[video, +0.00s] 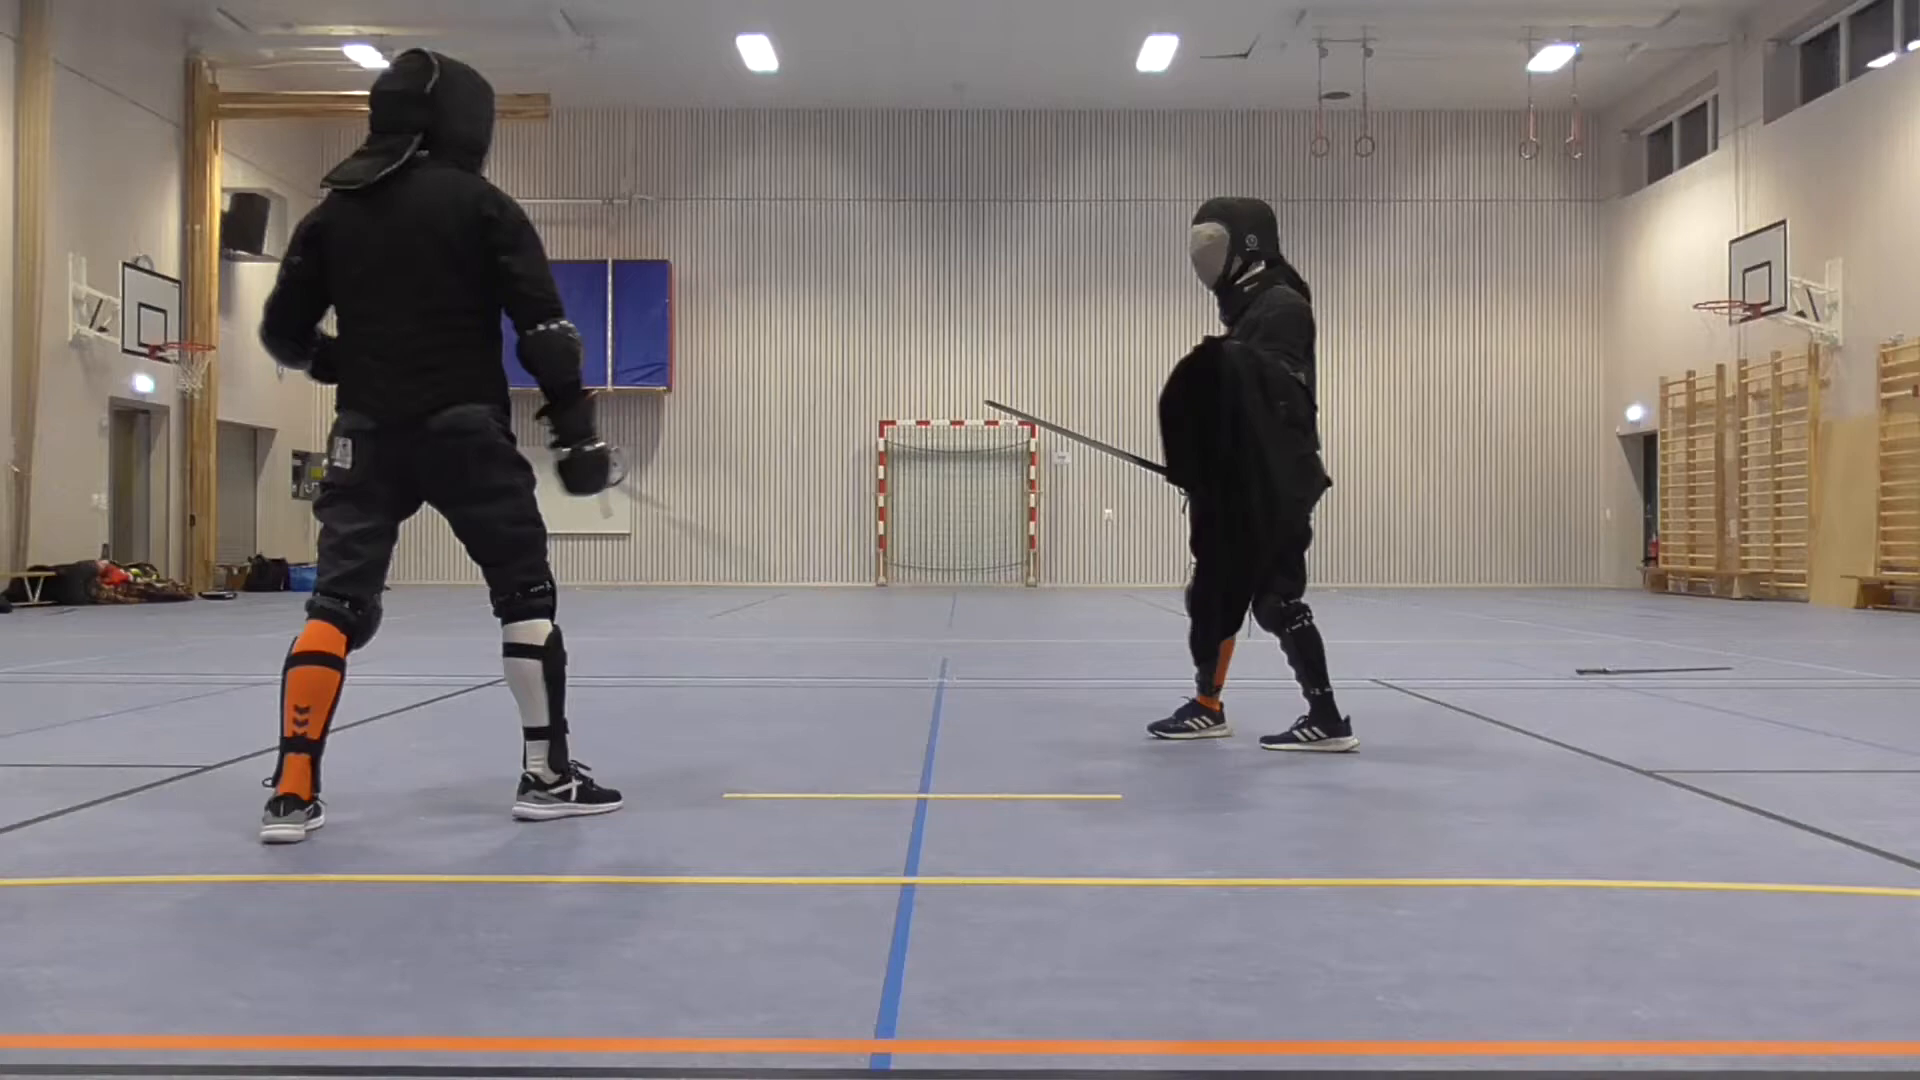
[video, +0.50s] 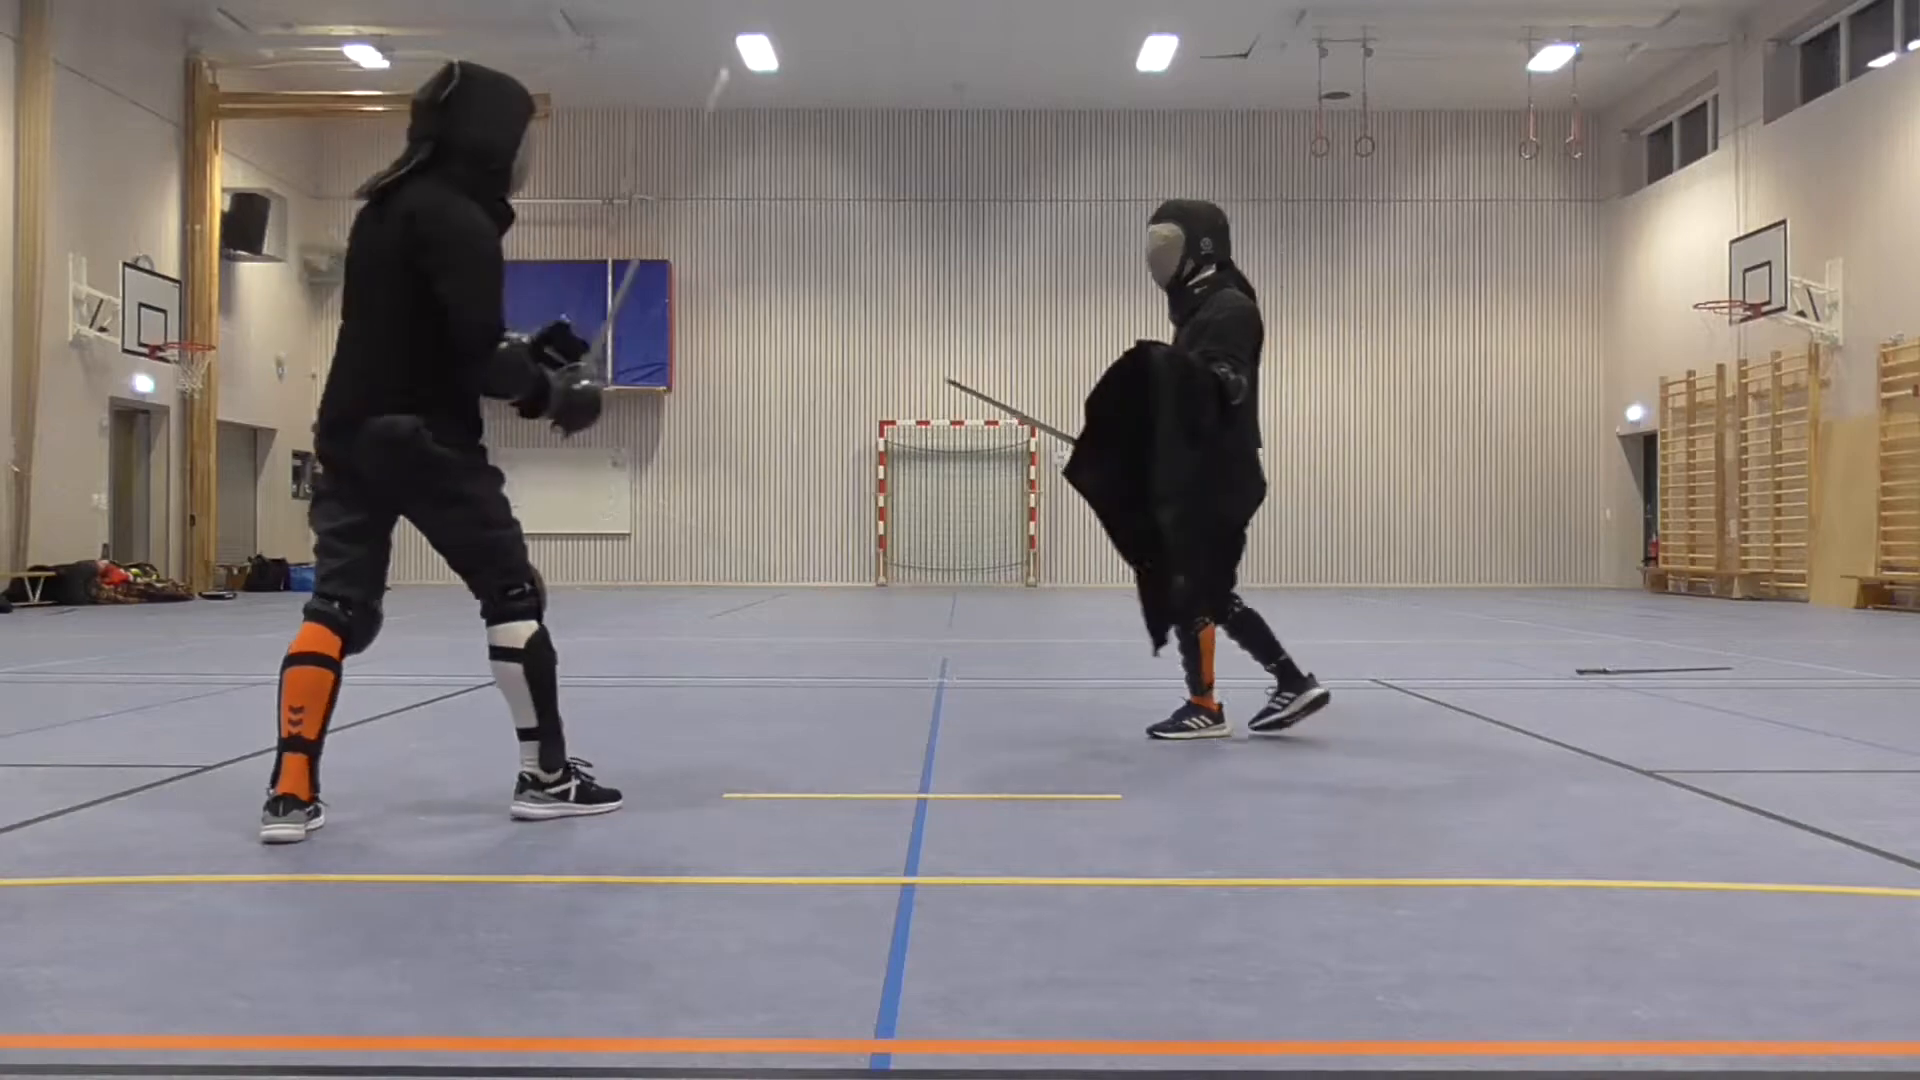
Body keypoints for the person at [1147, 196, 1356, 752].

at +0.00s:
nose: (1204, 261)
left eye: (1212, 248)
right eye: (1201, 249)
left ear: (1247, 247)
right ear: (1246, 249)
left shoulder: (1280, 308)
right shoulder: (1251, 309)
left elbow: (1276, 396)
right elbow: (1248, 404)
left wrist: (1222, 367)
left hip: (1278, 485)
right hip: (1244, 484)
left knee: (1280, 601)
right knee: (1212, 595)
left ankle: (1326, 715)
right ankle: (1207, 706)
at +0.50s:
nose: (1156, 260)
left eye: (1166, 248)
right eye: (1155, 248)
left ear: (1200, 248)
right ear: (1199, 251)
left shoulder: (1228, 309)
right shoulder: (1202, 306)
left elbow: (1224, 391)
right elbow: (1200, 391)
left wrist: (1163, 367)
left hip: (1220, 477)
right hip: (1208, 475)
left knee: (1193, 588)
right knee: (1211, 589)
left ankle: (1203, 706)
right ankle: (1294, 683)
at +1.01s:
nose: (1111, 271)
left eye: (1121, 258)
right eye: (1109, 259)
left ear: (1154, 260)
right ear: (1143, 262)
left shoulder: (1177, 326)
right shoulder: (1145, 318)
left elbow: (1184, 430)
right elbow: (1144, 423)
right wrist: (1110, 479)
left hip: (1179, 493)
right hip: (1147, 490)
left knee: (1166, 595)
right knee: (1130, 592)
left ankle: (1203, 705)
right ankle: (1106, 690)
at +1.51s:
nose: (1047, 277)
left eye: (1058, 266)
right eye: (1044, 267)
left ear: (1091, 269)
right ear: (1047, 270)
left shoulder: (1124, 330)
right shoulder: (1061, 340)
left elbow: (1141, 421)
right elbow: (1058, 425)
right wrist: (1032, 478)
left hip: (1121, 482)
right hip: (1080, 481)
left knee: (1081, 578)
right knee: (1058, 594)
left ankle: (1116, 697)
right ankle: (1094, 693)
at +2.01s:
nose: (1029, 274)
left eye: (1042, 263)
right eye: (1022, 264)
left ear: (1071, 266)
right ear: (1015, 267)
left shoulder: (1110, 330)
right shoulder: (1022, 335)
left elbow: (1140, 412)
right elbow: (974, 392)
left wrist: (1123, 472)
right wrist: (923, 413)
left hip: (1105, 485)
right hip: (1058, 485)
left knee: (1060, 590)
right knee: (1067, 586)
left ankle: (1073, 709)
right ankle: (1095, 690)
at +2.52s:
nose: (1060, 278)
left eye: (1072, 267)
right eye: (1054, 268)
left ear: (1100, 272)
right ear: (1047, 273)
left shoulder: (1135, 339)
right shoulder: (1043, 336)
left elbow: (1158, 424)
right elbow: (992, 386)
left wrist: (1128, 484)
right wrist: (973, 360)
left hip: (1108, 486)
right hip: (1057, 482)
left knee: (1061, 584)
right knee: (1046, 597)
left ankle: (1069, 709)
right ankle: (1096, 651)